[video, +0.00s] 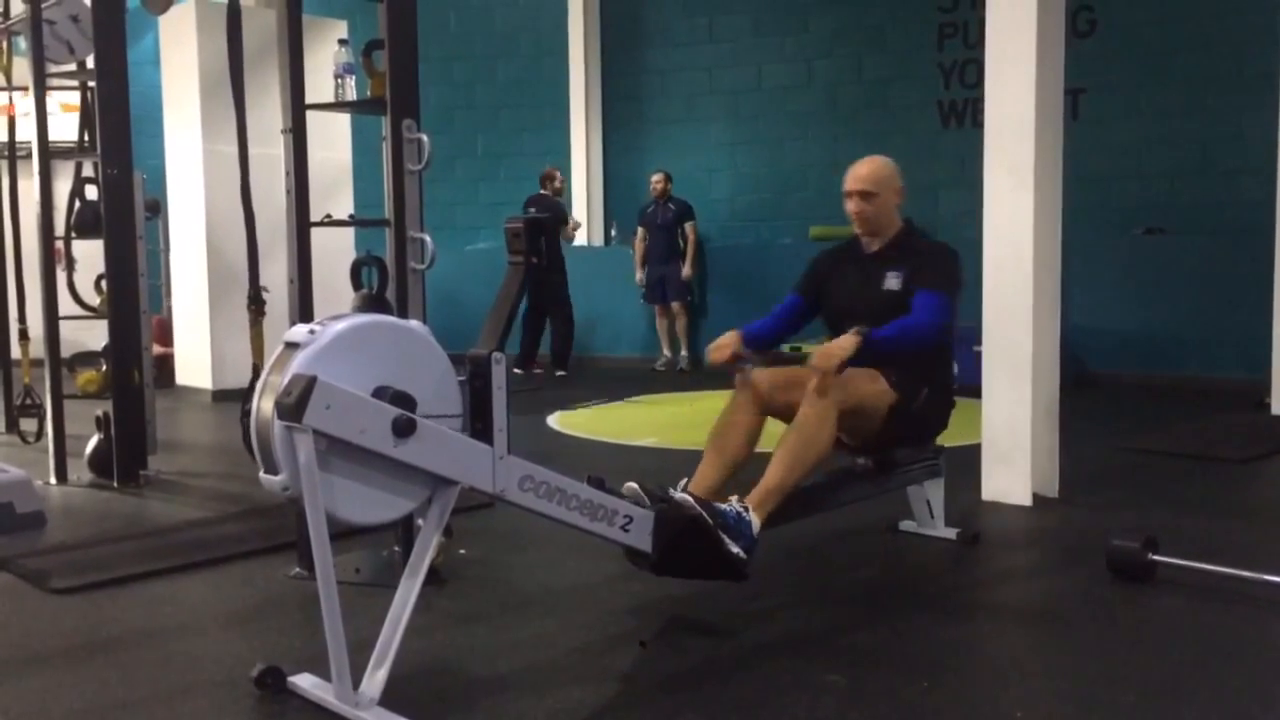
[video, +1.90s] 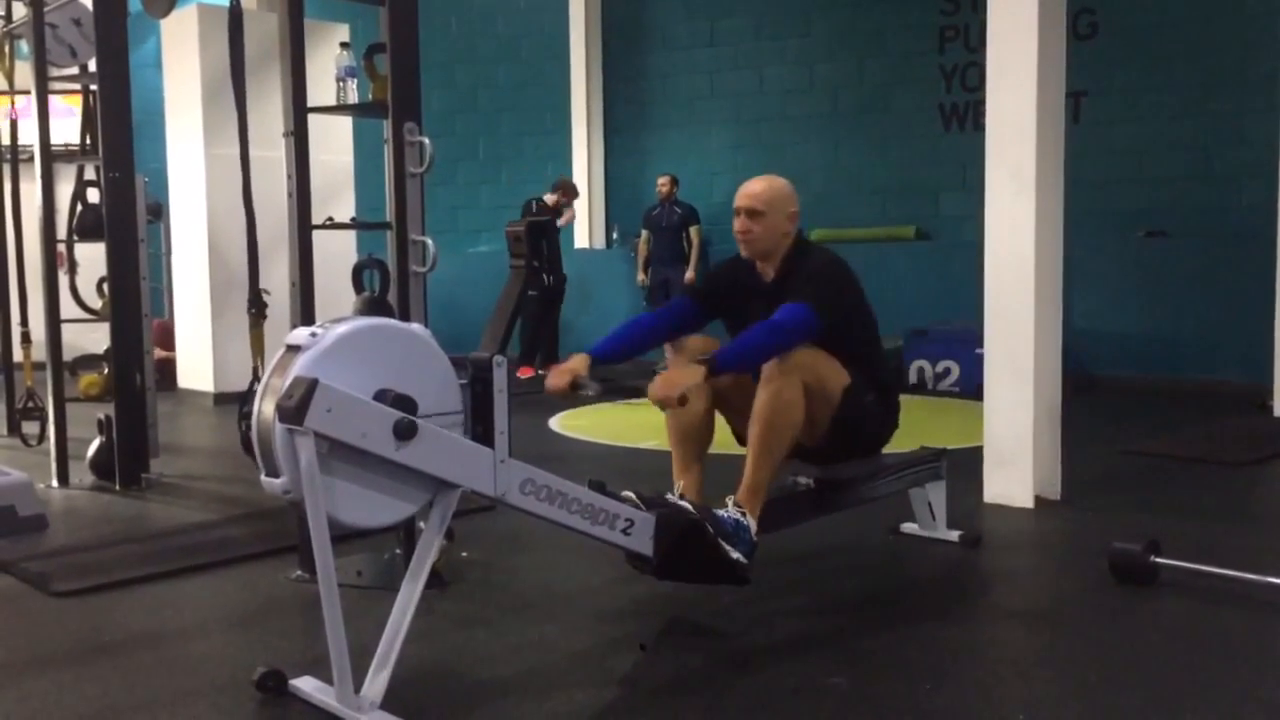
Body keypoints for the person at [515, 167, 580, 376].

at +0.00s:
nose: (563, 184)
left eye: (562, 181)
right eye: (560, 181)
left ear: (543, 184)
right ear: (549, 184)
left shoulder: (529, 203)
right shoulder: (556, 206)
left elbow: (539, 228)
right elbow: (568, 237)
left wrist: (567, 223)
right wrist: (573, 227)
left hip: (533, 266)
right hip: (553, 266)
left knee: (535, 311)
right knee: (562, 313)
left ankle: (524, 361)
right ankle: (560, 365)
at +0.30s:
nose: (550, 183)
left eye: (549, 179)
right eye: (546, 180)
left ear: (538, 185)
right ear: (534, 185)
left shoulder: (536, 206)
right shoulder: (530, 208)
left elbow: (540, 233)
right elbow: (535, 237)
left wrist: (558, 238)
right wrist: (558, 240)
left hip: (537, 269)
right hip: (531, 270)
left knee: (536, 317)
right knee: (534, 317)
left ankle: (540, 360)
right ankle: (534, 362)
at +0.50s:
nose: (543, 183)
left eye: (542, 179)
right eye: (538, 180)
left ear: (536, 185)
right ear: (527, 184)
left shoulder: (538, 209)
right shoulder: (520, 208)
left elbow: (539, 240)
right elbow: (524, 241)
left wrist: (554, 247)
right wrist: (553, 248)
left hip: (535, 269)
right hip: (523, 269)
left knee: (533, 318)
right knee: (526, 318)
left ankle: (531, 363)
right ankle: (524, 364)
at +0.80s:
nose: (534, 184)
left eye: (534, 180)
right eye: (529, 181)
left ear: (530, 185)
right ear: (518, 185)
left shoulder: (535, 211)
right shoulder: (507, 209)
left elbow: (541, 239)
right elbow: (508, 237)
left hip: (533, 271)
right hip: (513, 272)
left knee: (533, 319)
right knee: (512, 319)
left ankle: (529, 366)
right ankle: (510, 367)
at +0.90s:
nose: (533, 185)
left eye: (533, 182)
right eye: (529, 182)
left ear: (532, 185)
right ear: (517, 186)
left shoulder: (535, 212)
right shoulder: (506, 209)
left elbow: (540, 240)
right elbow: (510, 229)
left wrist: (543, 265)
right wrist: (528, 205)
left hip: (534, 272)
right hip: (512, 273)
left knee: (539, 320)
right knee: (510, 320)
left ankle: (531, 365)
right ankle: (510, 367)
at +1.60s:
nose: (557, 200)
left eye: (559, 197)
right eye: (556, 195)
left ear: (557, 198)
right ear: (544, 192)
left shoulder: (554, 215)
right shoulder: (525, 208)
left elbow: (554, 246)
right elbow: (536, 216)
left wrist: (557, 272)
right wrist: (543, 196)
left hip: (552, 274)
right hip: (531, 274)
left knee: (548, 322)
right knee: (524, 321)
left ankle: (548, 364)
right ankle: (515, 365)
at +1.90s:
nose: (567, 206)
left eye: (569, 203)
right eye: (567, 202)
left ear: (561, 197)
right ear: (558, 195)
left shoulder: (552, 213)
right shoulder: (533, 206)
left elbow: (553, 248)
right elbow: (531, 239)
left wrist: (559, 273)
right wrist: (560, 224)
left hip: (554, 275)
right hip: (536, 275)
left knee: (550, 322)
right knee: (532, 321)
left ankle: (548, 363)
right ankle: (526, 364)